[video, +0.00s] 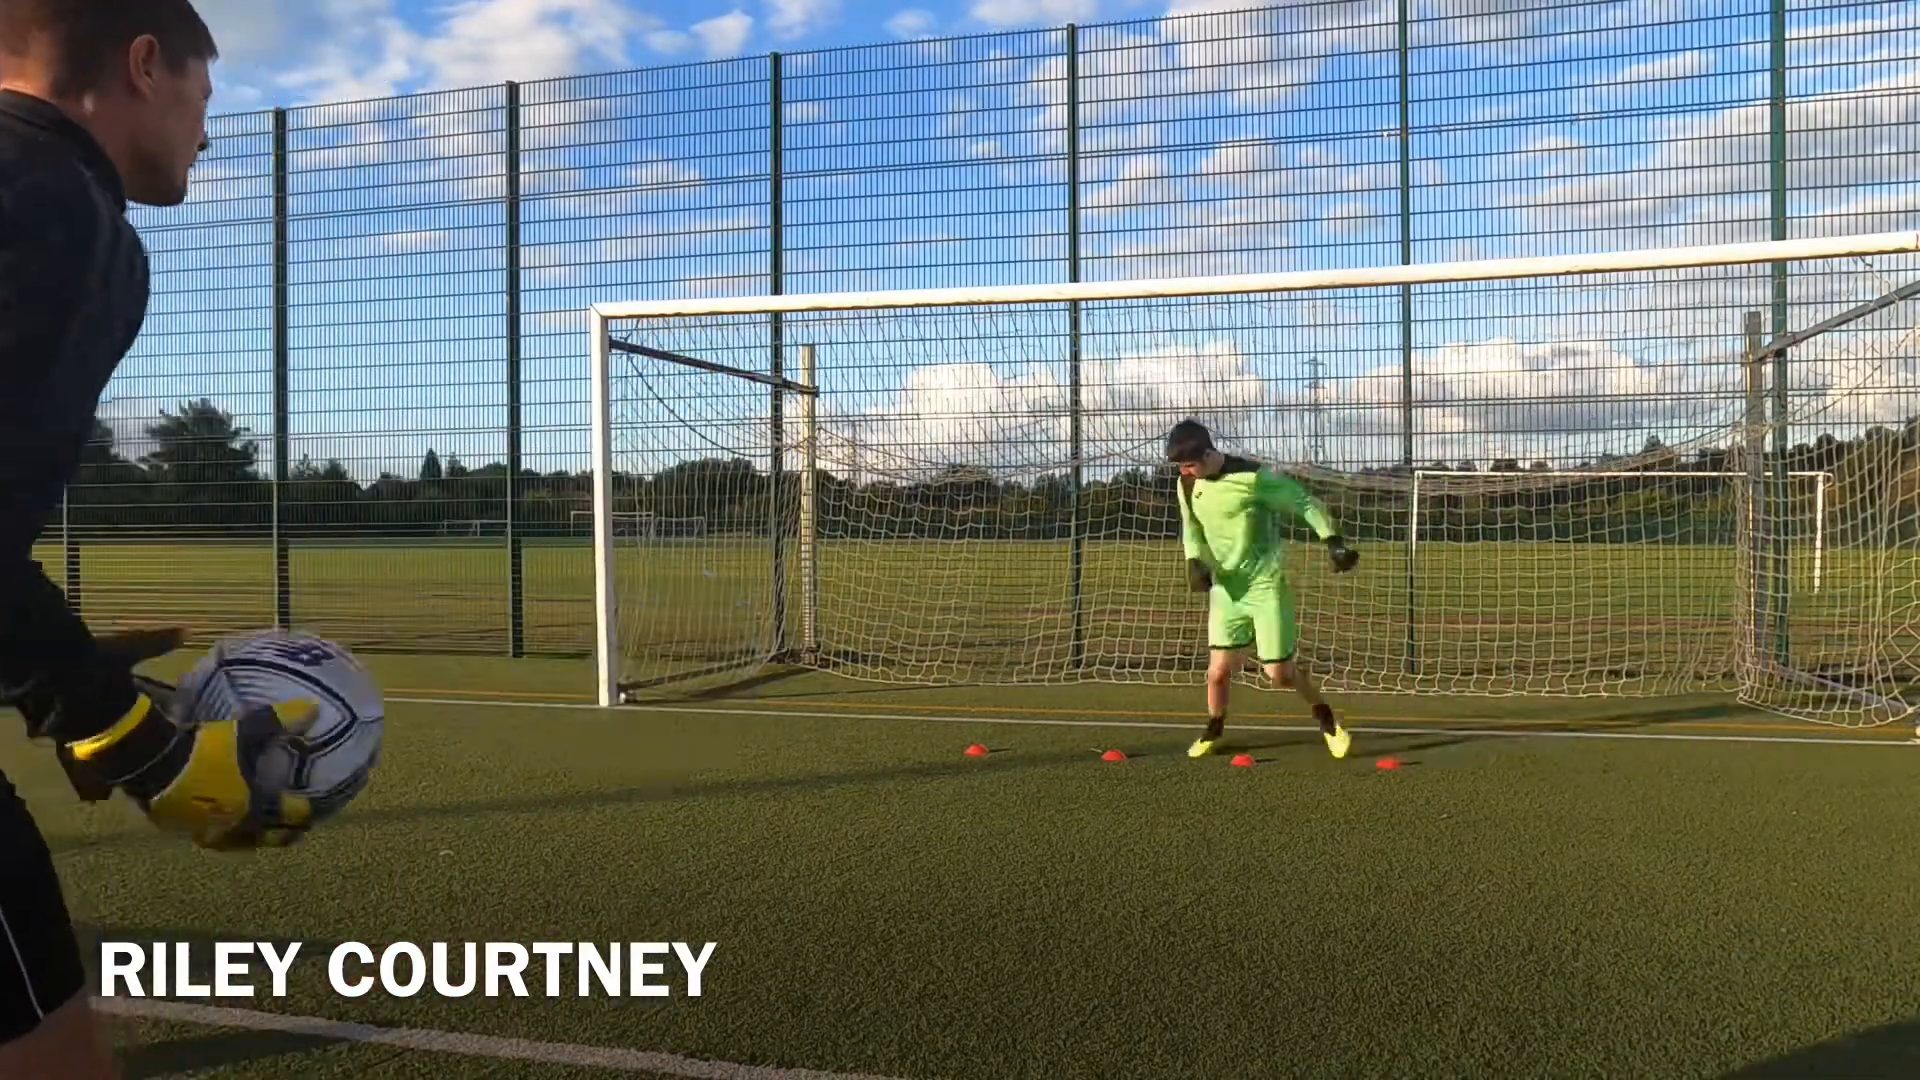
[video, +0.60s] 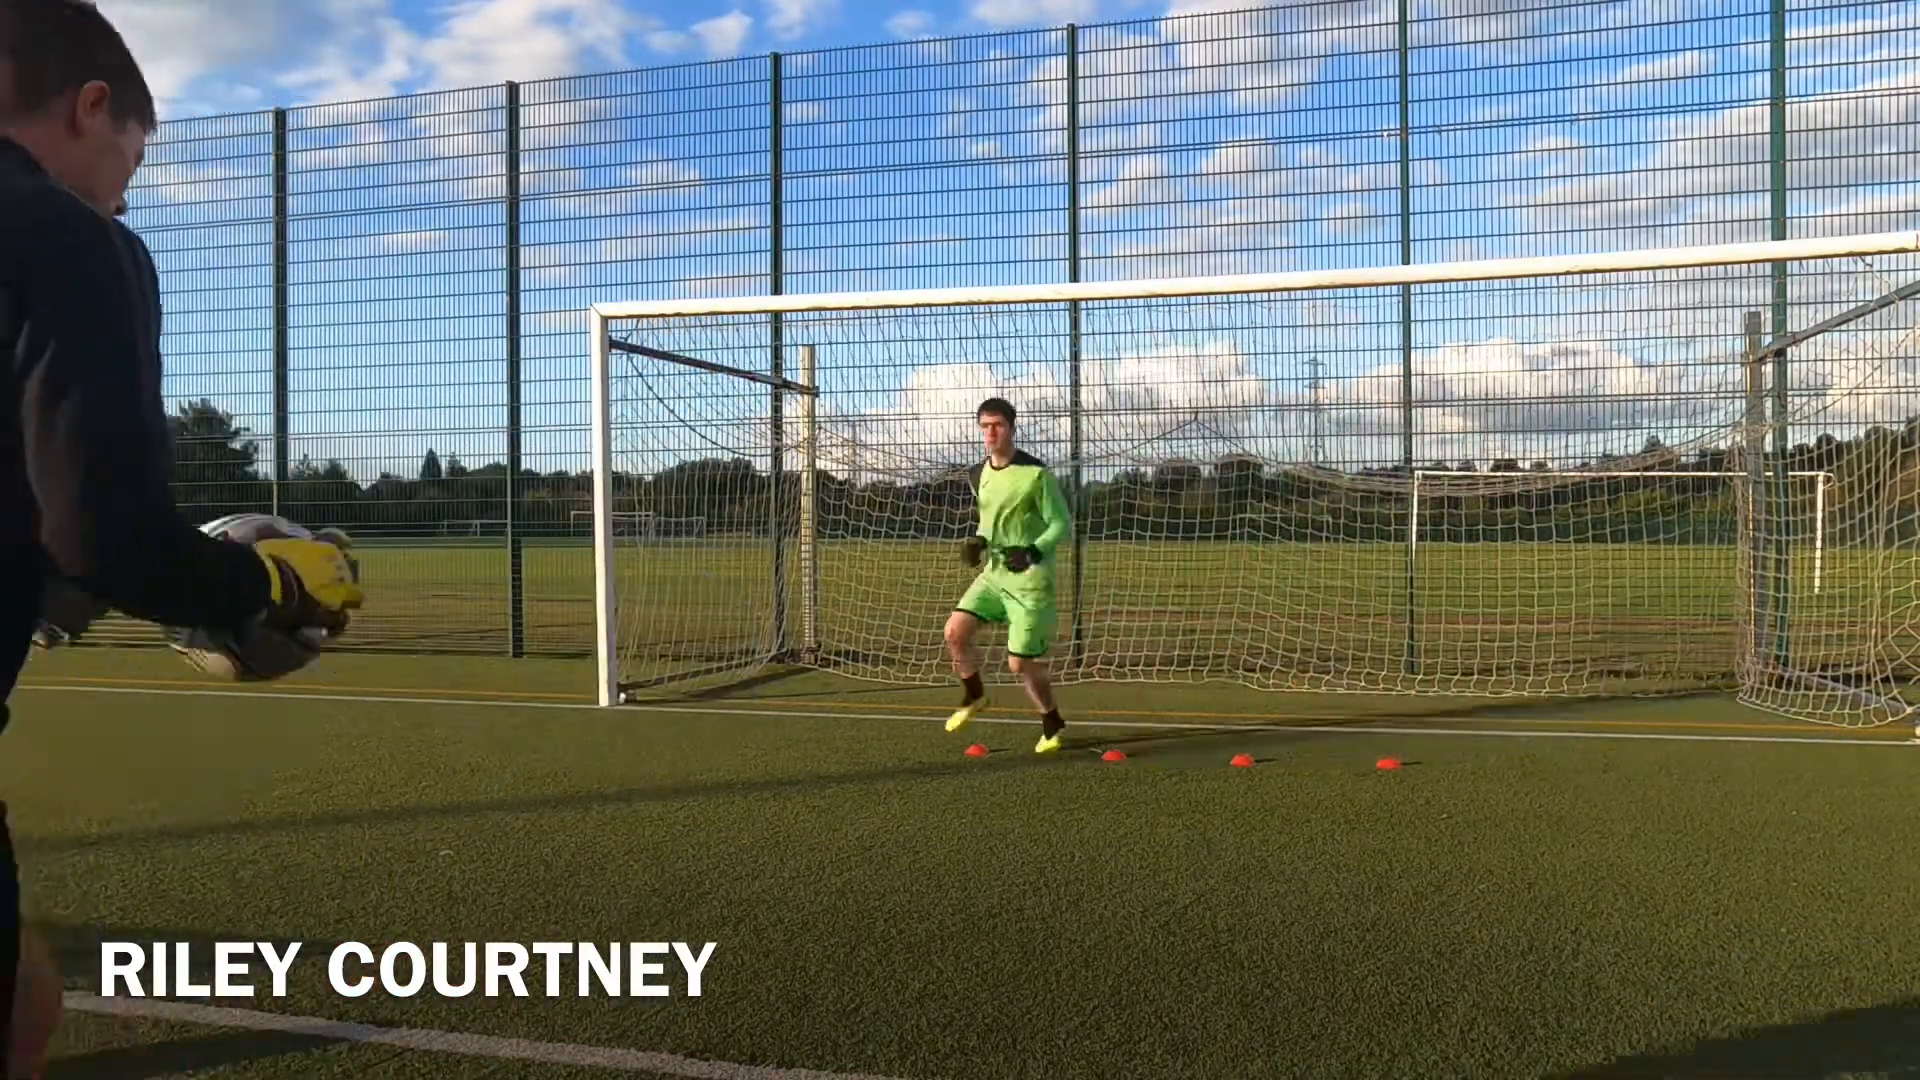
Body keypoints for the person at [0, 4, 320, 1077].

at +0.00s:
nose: (205, 130)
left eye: (209, 98)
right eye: (202, 92)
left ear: (47, 64)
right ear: (139, 64)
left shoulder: (34, 192)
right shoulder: (69, 220)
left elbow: (5, 530)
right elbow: (5, 533)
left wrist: (72, 682)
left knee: (58, 1033)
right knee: (55, 1040)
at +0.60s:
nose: (125, 190)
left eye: (136, 166)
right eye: (131, 157)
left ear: (38, 106)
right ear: (88, 107)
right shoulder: (71, 247)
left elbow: (47, 541)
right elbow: (106, 536)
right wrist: (247, 592)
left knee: (28, 996)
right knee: (24, 1001)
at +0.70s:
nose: (182, 216)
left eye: (192, 190)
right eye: (188, 182)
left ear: (28, 134)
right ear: (145, 141)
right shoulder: (115, 259)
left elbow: (109, 518)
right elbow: (142, 523)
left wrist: (258, 554)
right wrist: (317, 585)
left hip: (10, 746)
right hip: (5, 748)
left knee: (102, 946)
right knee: (93, 967)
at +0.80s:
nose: (238, 213)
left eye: (244, 189)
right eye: (240, 184)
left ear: (87, 147)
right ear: (199, 147)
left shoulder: (8, 235)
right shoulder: (196, 257)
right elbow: (198, 467)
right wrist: (345, 600)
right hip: (61, 693)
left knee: (160, 945)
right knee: (38, 1006)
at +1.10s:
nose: (332, 215)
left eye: (335, 198)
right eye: (336, 193)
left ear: (203, 161)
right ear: (305, 162)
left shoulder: (74, 255)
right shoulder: (293, 224)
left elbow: (16, 455)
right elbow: (193, 370)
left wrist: (25, 618)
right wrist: (122, 582)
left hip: (79, 653)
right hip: (242, 624)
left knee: (234, 937)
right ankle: (508, 933)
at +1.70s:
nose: (330, 107)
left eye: (327, 84)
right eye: (331, 83)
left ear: (189, 84)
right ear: (311, 79)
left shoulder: (75, 228)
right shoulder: (361, 231)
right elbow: (453, 453)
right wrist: (519, 592)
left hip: (123, 663)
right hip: (294, 658)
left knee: (222, 968)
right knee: (336, 978)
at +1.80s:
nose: (337, 92)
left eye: (335, 68)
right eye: (335, 68)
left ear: (191, 72)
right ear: (314, 66)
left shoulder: (66, 215)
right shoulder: (357, 219)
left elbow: (1, 367)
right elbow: (446, 445)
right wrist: (511, 576)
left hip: (93, 655)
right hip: (269, 654)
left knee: (217, 975)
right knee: (251, 999)